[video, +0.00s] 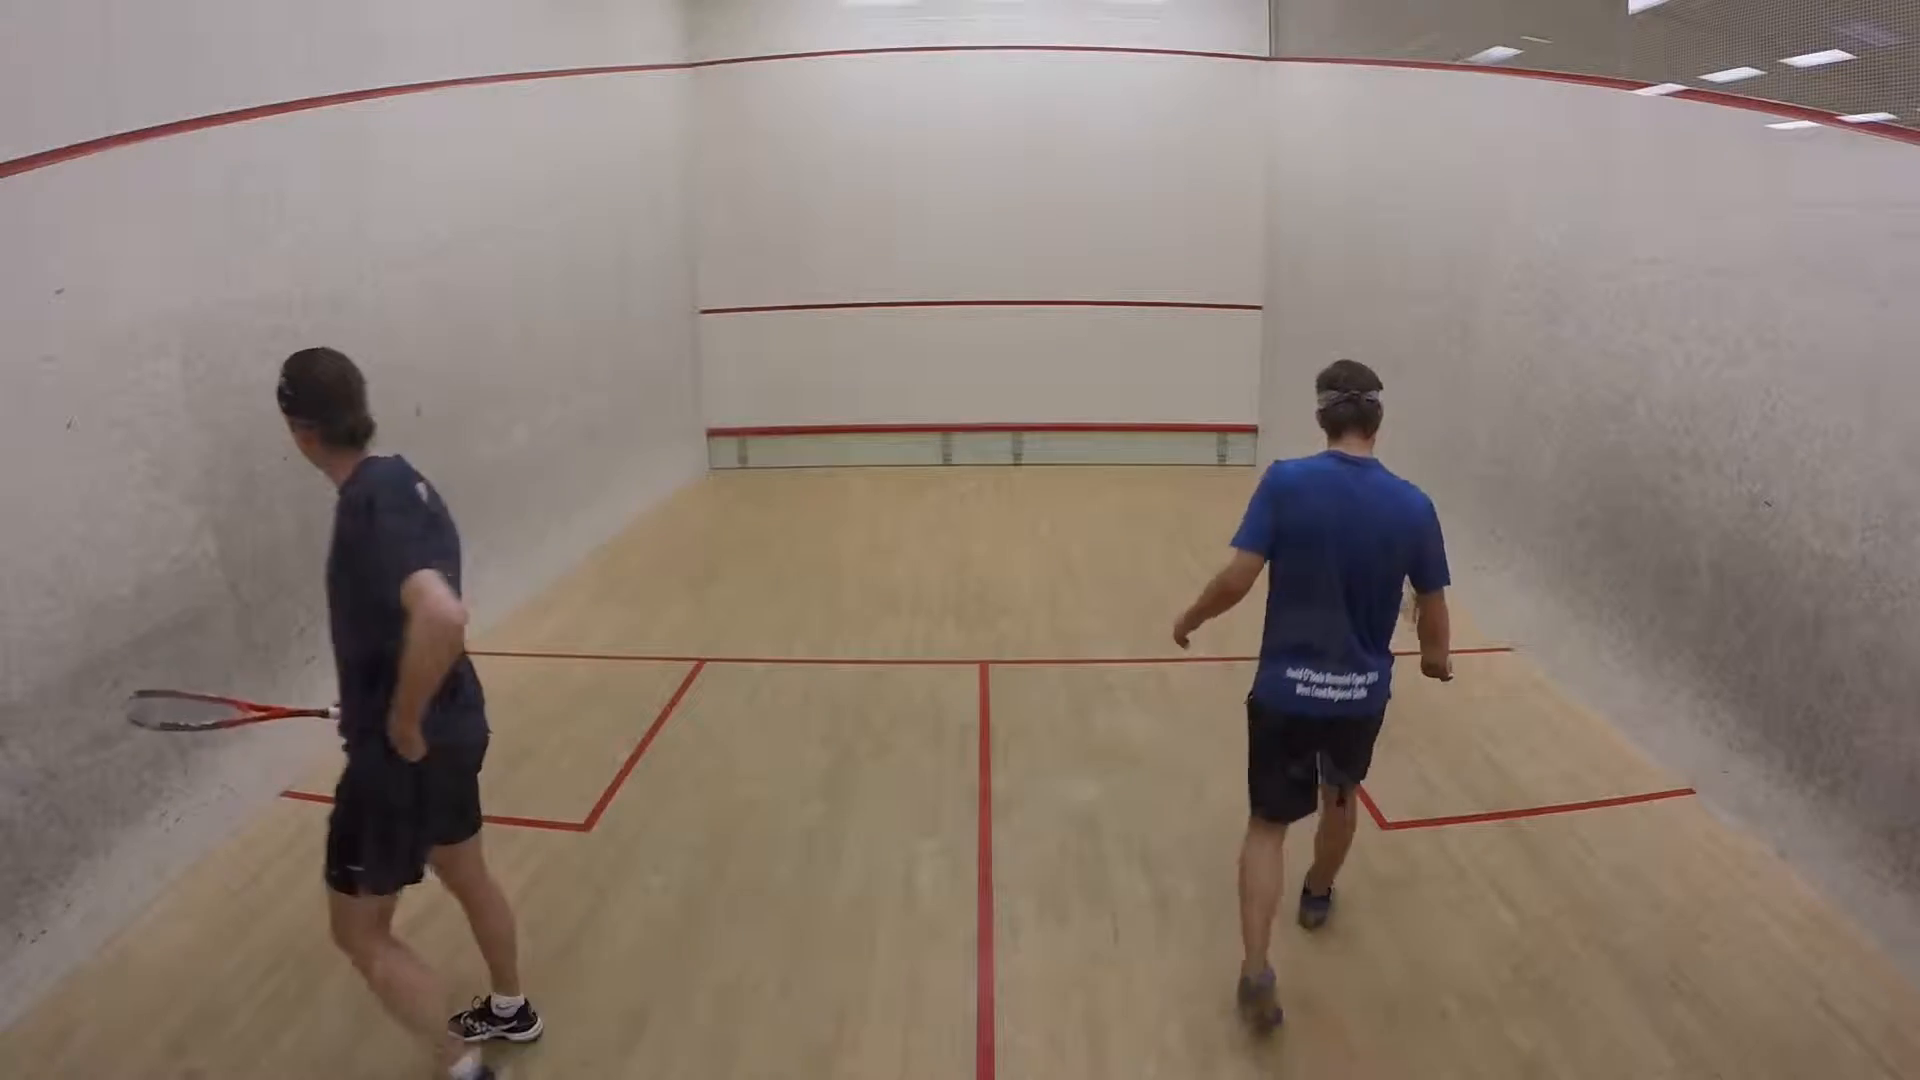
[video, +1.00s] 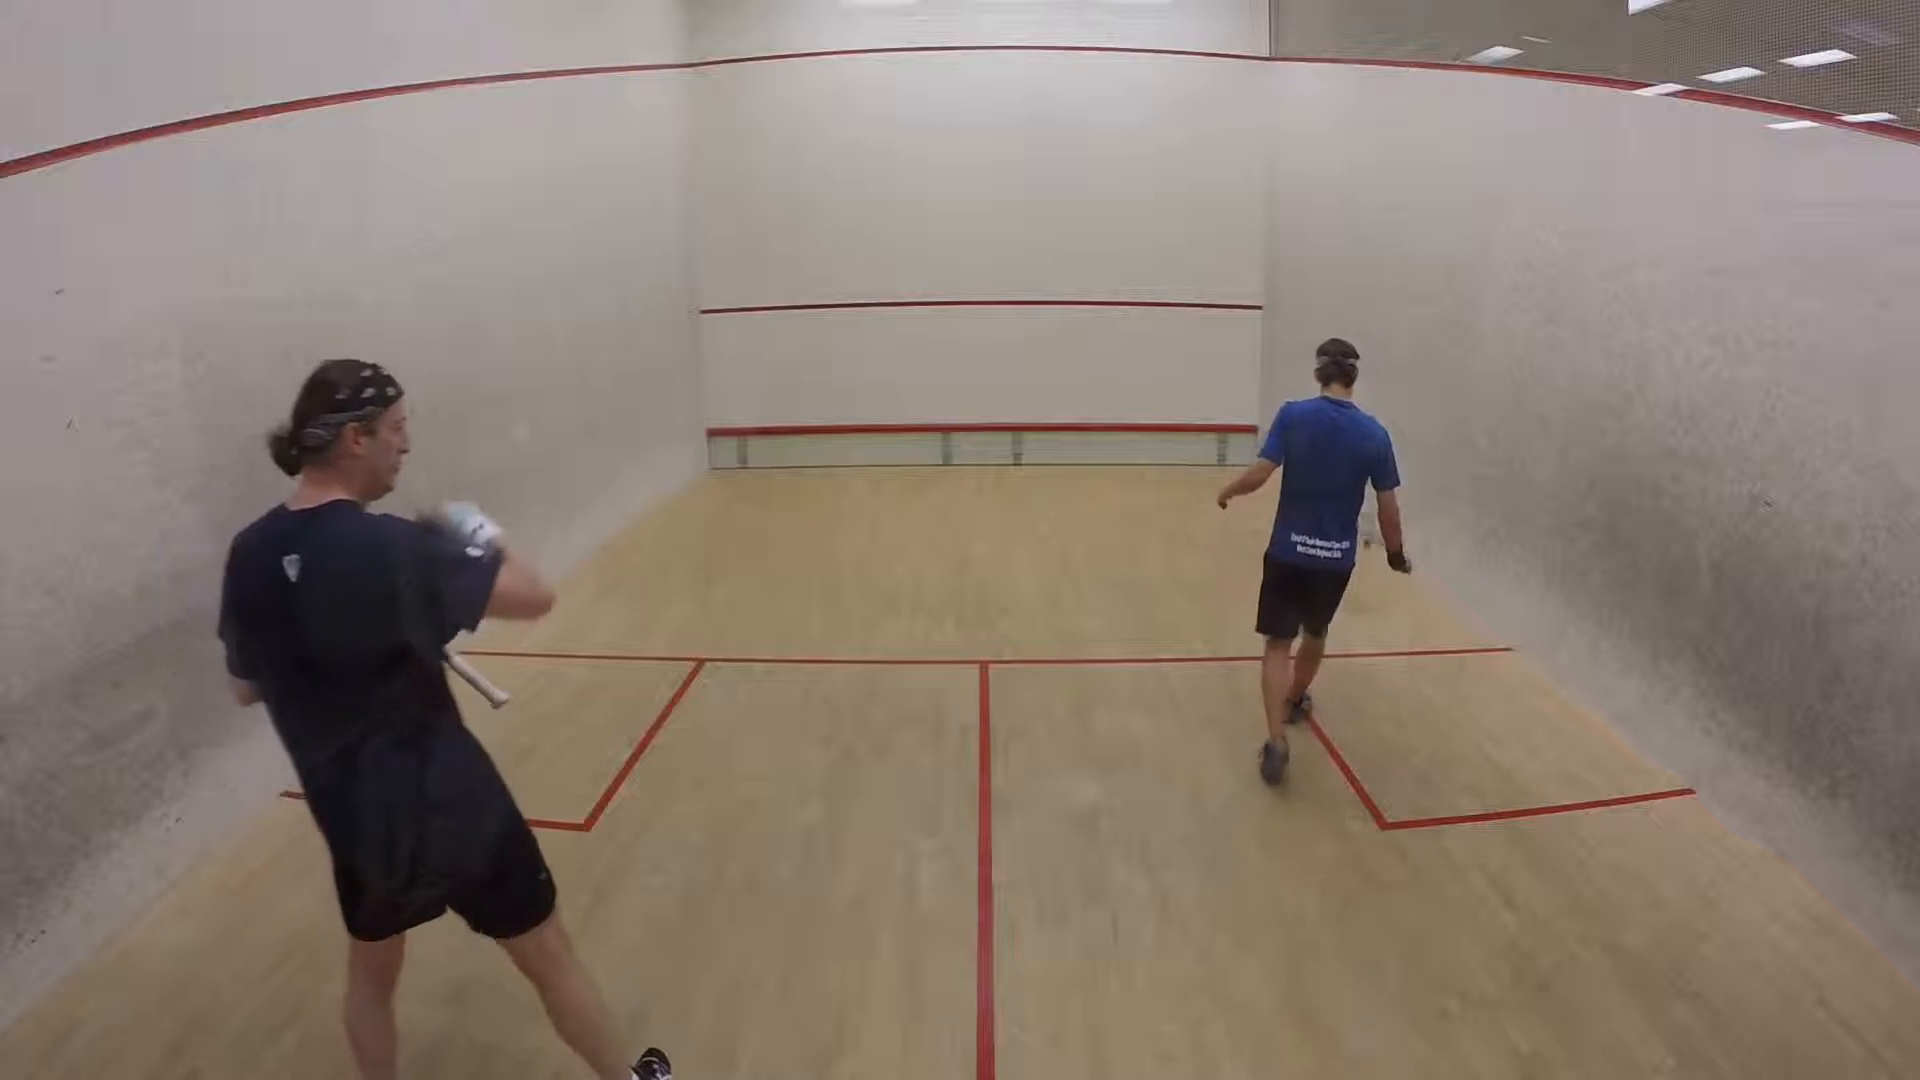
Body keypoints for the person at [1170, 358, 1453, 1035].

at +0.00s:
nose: (1336, 420)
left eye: (1328, 408)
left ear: (1321, 418)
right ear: (1379, 420)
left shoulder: (1285, 482)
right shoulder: (1411, 505)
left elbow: (1236, 581)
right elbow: (1432, 614)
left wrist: (1190, 620)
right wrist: (1436, 659)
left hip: (1283, 699)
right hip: (1359, 703)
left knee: (1267, 825)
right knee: (1341, 792)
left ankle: (1256, 974)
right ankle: (1317, 896)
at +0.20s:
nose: (1324, 396)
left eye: (1319, 388)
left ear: (1321, 394)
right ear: (1374, 394)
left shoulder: (1298, 452)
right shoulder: (1408, 468)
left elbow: (1274, 544)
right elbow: (1435, 570)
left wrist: (1230, 623)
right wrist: (1431, 606)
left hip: (1296, 642)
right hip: (1362, 653)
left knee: (1278, 731)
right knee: (1342, 772)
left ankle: (1277, 851)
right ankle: (1316, 892)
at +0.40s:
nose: (1313, 401)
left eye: (1311, 393)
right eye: (1336, 390)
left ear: (1308, 398)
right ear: (1356, 396)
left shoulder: (1291, 453)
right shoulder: (1389, 462)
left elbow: (1282, 530)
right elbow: (1417, 544)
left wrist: (1255, 613)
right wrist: (1417, 595)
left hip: (1295, 626)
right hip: (1356, 633)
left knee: (1286, 702)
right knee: (1339, 752)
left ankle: (1275, 776)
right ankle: (1319, 876)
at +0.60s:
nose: (1306, 386)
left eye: (1302, 379)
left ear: (1302, 382)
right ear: (1345, 380)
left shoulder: (1285, 429)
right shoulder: (1377, 439)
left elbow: (1270, 504)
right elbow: (1398, 521)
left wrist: (1236, 568)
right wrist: (1400, 565)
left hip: (1287, 586)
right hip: (1343, 591)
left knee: (1280, 674)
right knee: (1336, 680)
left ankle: (1277, 770)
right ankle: (1321, 771)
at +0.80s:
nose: (1311, 375)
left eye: (1308, 368)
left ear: (1310, 372)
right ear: (1348, 373)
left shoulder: (1285, 413)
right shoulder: (1373, 432)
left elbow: (1249, 475)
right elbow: (1392, 511)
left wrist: (1224, 499)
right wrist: (1394, 549)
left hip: (1285, 566)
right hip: (1337, 571)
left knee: (1281, 662)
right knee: (1323, 646)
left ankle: (1278, 771)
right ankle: (1302, 723)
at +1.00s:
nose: (1325, 378)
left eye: (1320, 370)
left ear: (1318, 375)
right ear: (1355, 377)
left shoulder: (1293, 414)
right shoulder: (1374, 434)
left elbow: (1259, 475)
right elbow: (1388, 508)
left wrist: (1226, 491)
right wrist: (1396, 554)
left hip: (1287, 555)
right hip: (1335, 563)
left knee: (1278, 645)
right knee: (1315, 634)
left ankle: (1276, 743)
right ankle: (1295, 699)